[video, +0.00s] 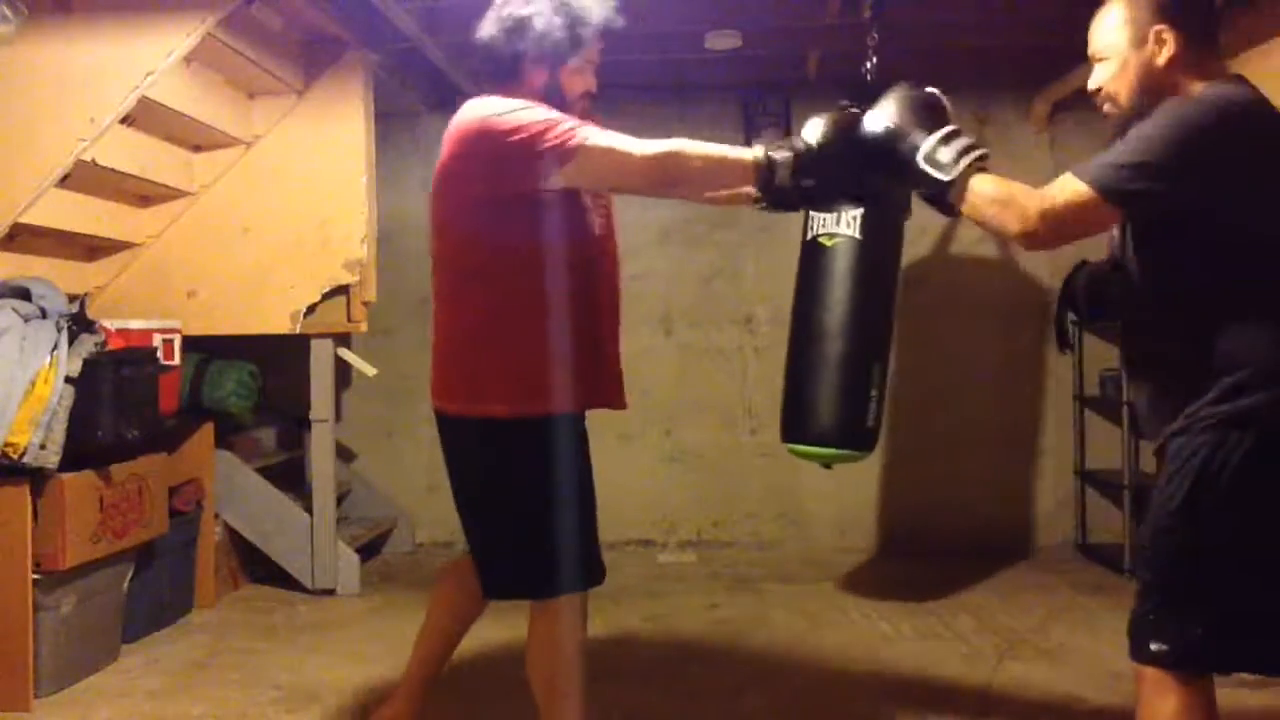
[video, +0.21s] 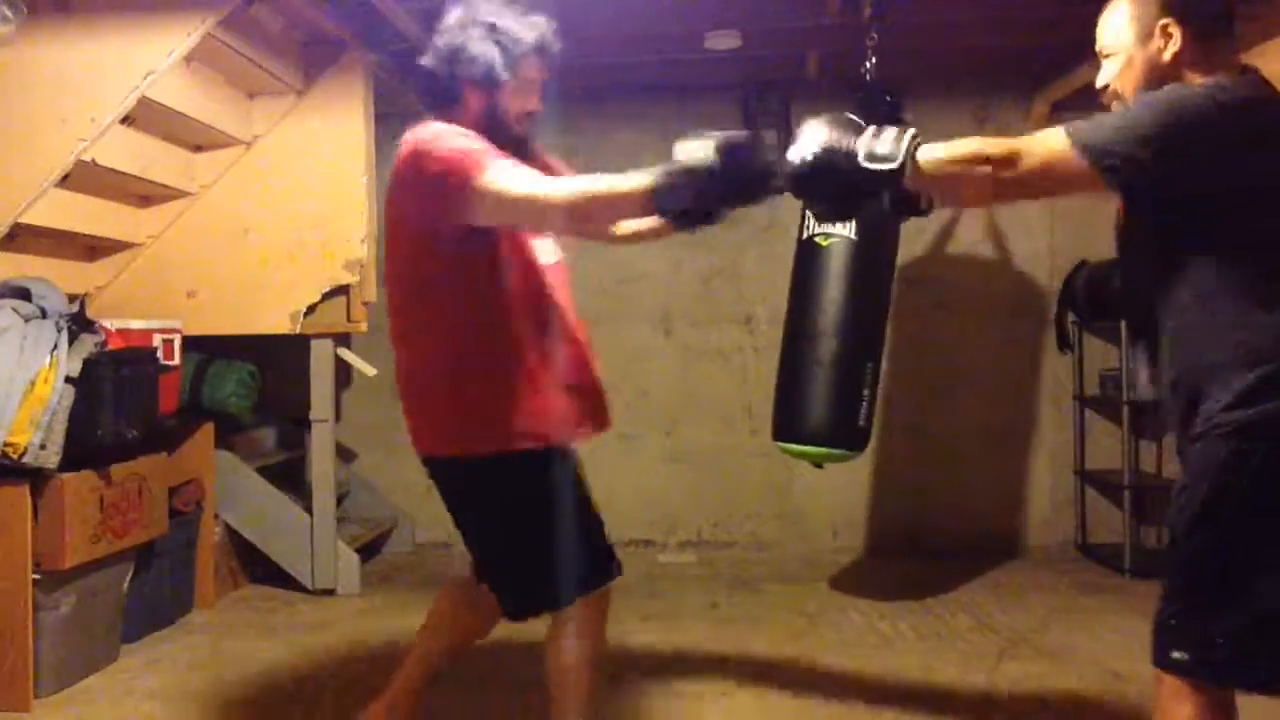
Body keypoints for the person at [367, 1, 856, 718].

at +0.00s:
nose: (594, 85)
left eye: (596, 67)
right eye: (585, 66)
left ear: (542, 70)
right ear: (536, 63)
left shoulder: (551, 138)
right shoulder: (492, 127)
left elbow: (672, 178)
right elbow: (648, 164)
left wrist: (784, 182)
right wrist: (781, 163)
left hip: (537, 397)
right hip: (506, 402)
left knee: (487, 560)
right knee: (560, 585)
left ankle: (404, 701)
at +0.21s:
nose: (537, 105)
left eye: (540, 87)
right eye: (527, 86)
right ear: (475, 83)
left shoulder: (513, 160)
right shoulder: (432, 152)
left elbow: (603, 220)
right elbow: (556, 206)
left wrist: (714, 196)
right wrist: (686, 177)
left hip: (518, 426)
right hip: (485, 432)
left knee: (497, 580)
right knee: (584, 583)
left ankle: (392, 706)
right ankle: (570, 716)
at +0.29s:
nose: (516, 82)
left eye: (518, 65)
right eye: (502, 63)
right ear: (448, 62)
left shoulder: (504, 142)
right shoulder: (406, 118)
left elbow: (568, 213)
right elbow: (471, 198)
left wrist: (630, 203)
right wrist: (590, 191)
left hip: (499, 401)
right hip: (446, 406)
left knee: (453, 586)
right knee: (535, 600)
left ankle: (380, 706)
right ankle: (551, 712)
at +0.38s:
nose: (491, 55)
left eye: (495, 42)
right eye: (476, 36)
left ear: (491, 57)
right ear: (424, 39)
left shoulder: (494, 134)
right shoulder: (384, 95)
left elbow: (538, 196)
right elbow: (400, 187)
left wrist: (579, 207)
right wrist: (517, 210)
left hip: (483, 377)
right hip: (421, 380)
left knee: (432, 571)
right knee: (480, 580)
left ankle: (376, 705)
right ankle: (485, 710)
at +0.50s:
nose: (467, 68)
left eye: (470, 54)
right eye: (455, 51)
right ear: (404, 51)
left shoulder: (455, 140)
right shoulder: (354, 113)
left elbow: (477, 239)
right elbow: (349, 231)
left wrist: (526, 264)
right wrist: (462, 262)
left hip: (456, 380)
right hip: (384, 382)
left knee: (512, 545)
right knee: (398, 576)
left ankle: (417, 703)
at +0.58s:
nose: (453, 94)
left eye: (457, 79)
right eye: (438, 76)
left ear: (456, 83)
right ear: (390, 79)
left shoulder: (446, 174)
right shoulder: (341, 153)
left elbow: (466, 277)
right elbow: (326, 276)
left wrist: (507, 316)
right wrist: (454, 308)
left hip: (447, 418)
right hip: (359, 420)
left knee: (514, 558)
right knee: (360, 606)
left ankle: (447, 707)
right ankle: (313, 715)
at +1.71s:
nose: (321, 123)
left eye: (333, 110)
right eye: (304, 108)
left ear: (346, 121)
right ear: (266, 118)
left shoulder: (376, 186)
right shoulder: (227, 183)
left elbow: (402, 274)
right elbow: (221, 284)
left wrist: (399, 343)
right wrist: (313, 223)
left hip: (357, 404)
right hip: (260, 406)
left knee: (408, 552)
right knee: (249, 562)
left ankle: (401, 696)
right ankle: (218, 703)